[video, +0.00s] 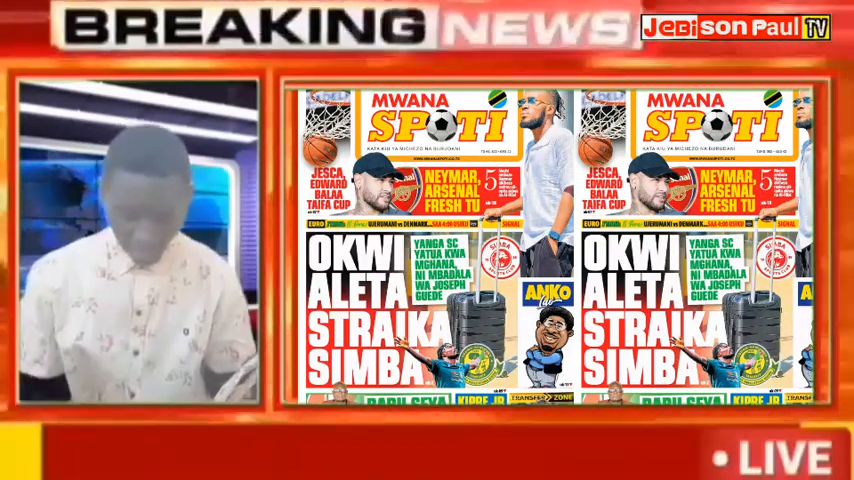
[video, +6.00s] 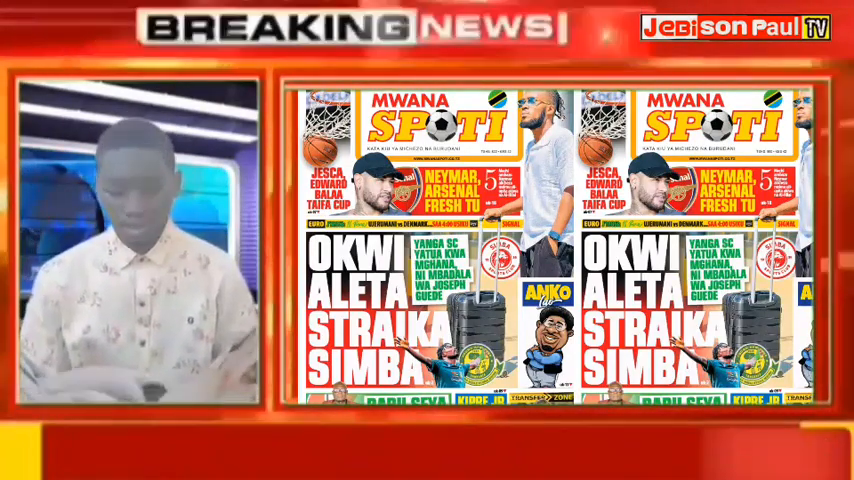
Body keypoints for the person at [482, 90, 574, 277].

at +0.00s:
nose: (523, 107)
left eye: (531, 101)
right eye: (522, 103)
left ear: (549, 110)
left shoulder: (563, 138)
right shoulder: (531, 147)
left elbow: (571, 192)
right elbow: (532, 196)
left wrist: (553, 238)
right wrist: (502, 211)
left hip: (552, 242)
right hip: (530, 243)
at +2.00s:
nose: (523, 107)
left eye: (531, 101)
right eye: (522, 103)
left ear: (549, 110)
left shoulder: (563, 138)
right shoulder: (531, 147)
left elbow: (571, 192)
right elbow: (532, 196)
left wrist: (553, 238)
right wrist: (502, 211)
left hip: (552, 242)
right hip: (530, 243)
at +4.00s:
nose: (523, 107)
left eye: (531, 101)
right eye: (522, 103)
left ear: (549, 110)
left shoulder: (563, 139)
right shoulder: (531, 147)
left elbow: (571, 192)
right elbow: (532, 196)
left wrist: (554, 238)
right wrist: (502, 211)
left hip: (551, 241)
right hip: (530, 242)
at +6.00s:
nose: (523, 107)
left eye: (531, 101)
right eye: (522, 103)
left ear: (550, 110)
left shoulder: (563, 139)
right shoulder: (531, 146)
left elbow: (571, 192)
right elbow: (532, 196)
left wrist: (554, 238)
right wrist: (502, 211)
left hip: (551, 241)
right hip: (530, 242)